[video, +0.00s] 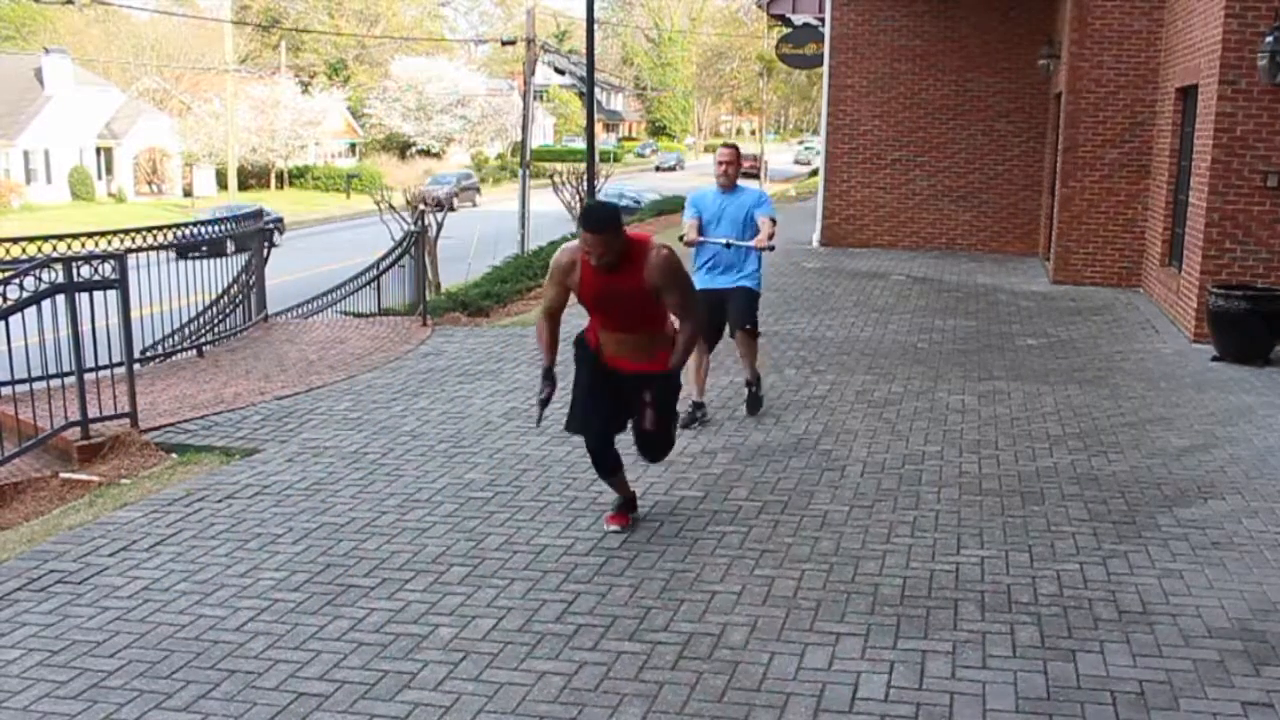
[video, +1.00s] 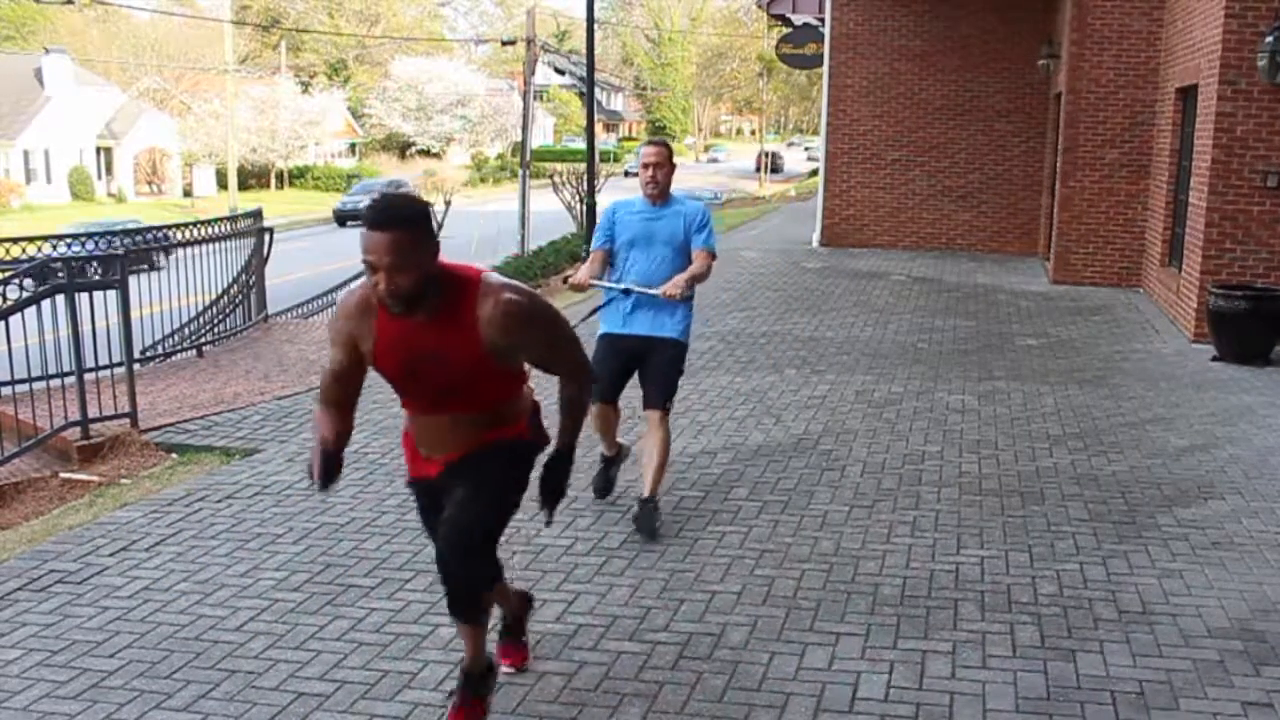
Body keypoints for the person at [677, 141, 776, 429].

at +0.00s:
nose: (724, 168)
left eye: (729, 163)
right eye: (720, 163)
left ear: (739, 167)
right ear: (714, 166)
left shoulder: (756, 198)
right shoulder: (698, 198)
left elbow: (767, 223)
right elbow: (691, 224)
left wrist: (763, 235)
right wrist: (691, 235)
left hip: (743, 277)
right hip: (707, 278)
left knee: (743, 329)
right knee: (701, 340)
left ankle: (752, 379)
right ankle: (697, 402)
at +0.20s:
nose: (714, 164)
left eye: (720, 159)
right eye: (710, 158)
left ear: (730, 161)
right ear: (702, 160)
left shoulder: (745, 196)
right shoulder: (681, 195)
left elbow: (746, 228)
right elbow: (671, 230)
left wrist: (736, 244)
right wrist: (659, 249)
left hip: (725, 286)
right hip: (686, 284)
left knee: (720, 351)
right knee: (676, 344)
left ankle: (714, 417)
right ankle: (687, 391)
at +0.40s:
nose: (691, 169)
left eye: (698, 163)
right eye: (686, 163)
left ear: (709, 166)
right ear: (679, 165)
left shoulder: (728, 203)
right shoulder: (659, 204)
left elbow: (735, 244)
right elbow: (648, 247)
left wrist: (719, 253)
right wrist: (635, 256)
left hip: (710, 302)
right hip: (667, 300)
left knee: (703, 370)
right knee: (651, 367)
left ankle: (702, 435)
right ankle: (639, 440)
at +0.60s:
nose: (668, 173)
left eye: (675, 167)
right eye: (663, 167)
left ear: (687, 171)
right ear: (655, 170)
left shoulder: (708, 209)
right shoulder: (637, 210)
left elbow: (726, 246)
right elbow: (628, 247)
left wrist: (722, 261)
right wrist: (628, 259)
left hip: (691, 309)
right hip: (647, 311)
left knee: (685, 371)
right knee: (636, 384)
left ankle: (696, 437)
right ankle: (632, 463)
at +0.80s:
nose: (658, 172)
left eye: (666, 165)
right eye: (653, 165)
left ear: (678, 168)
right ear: (645, 168)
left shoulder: (700, 209)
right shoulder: (624, 210)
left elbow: (715, 252)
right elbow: (613, 251)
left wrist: (706, 269)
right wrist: (612, 264)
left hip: (679, 317)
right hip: (633, 317)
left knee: (676, 392)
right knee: (622, 395)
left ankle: (671, 476)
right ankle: (631, 460)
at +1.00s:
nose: (652, 174)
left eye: (659, 167)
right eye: (646, 167)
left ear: (673, 170)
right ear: (637, 170)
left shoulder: (693, 213)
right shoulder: (615, 213)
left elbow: (704, 262)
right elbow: (597, 258)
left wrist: (684, 278)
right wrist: (587, 272)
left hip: (666, 328)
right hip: (618, 324)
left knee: (656, 412)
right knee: (600, 398)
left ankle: (648, 501)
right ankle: (611, 453)